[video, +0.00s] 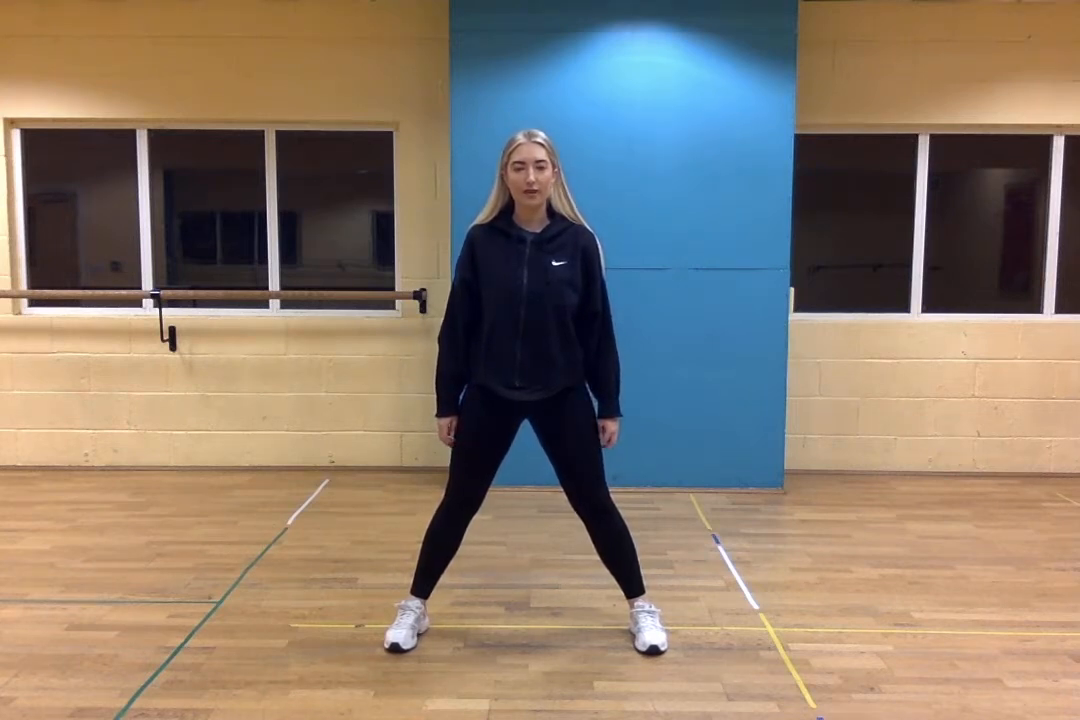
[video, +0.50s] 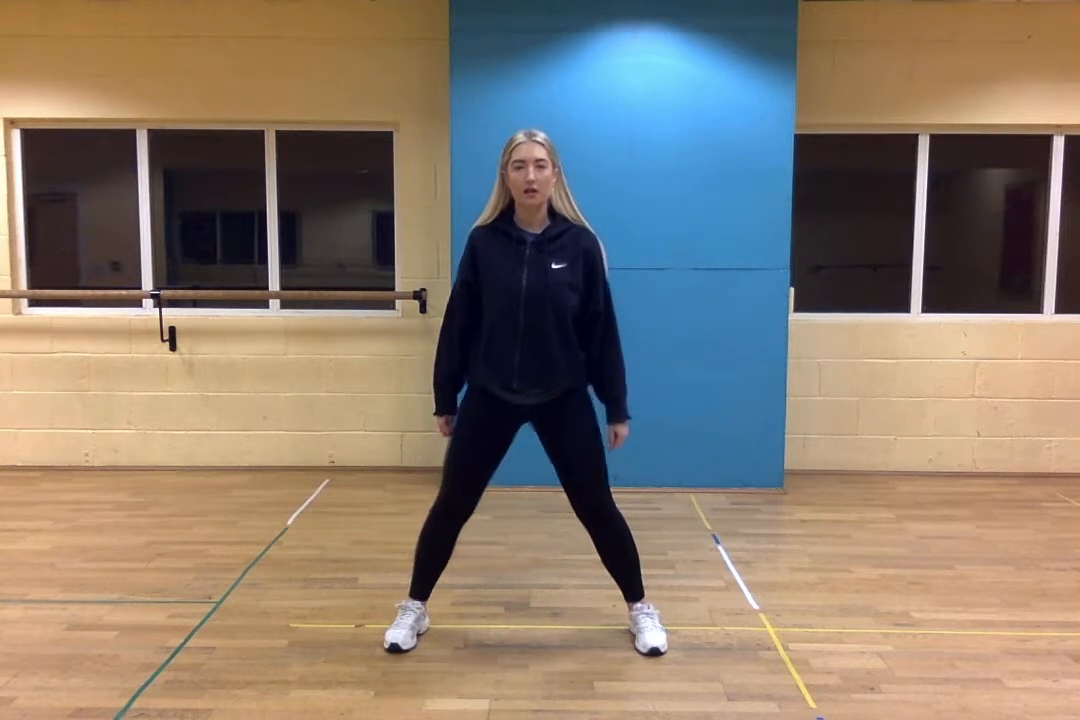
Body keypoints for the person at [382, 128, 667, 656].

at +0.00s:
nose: (531, 175)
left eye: (540, 165)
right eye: (520, 166)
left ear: (554, 174)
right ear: (505, 176)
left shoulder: (579, 240)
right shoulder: (482, 238)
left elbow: (597, 325)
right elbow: (457, 321)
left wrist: (608, 404)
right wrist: (447, 402)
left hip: (561, 394)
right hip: (490, 394)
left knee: (594, 503)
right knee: (459, 501)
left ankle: (641, 607)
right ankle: (414, 606)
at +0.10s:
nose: (531, 175)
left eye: (540, 165)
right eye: (520, 166)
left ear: (554, 174)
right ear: (505, 176)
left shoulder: (579, 240)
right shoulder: (482, 238)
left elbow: (597, 325)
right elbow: (457, 321)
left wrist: (608, 405)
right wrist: (447, 402)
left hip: (561, 394)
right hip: (490, 394)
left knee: (593, 502)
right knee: (460, 501)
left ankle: (641, 607)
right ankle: (414, 606)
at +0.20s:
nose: (531, 174)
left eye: (540, 165)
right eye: (520, 166)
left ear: (555, 174)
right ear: (506, 175)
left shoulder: (579, 240)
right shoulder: (483, 237)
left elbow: (597, 325)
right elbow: (458, 320)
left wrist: (608, 405)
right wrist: (446, 402)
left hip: (562, 394)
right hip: (491, 394)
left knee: (594, 502)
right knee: (460, 501)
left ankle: (641, 608)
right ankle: (414, 606)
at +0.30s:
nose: (532, 174)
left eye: (541, 164)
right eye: (521, 165)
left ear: (556, 174)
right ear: (506, 175)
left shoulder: (580, 240)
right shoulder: (484, 237)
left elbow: (598, 323)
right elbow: (458, 319)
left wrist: (610, 403)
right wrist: (446, 398)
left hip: (563, 394)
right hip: (492, 393)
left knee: (594, 503)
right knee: (460, 501)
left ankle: (640, 608)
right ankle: (414, 606)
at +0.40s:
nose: (532, 173)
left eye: (542, 164)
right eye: (521, 164)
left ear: (556, 173)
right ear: (507, 174)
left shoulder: (581, 240)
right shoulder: (484, 237)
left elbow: (600, 323)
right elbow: (459, 317)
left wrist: (614, 403)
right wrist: (445, 396)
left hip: (564, 394)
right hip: (493, 393)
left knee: (595, 503)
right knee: (457, 502)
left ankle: (640, 609)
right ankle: (414, 607)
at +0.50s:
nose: (530, 174)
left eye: (540, 165)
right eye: (520, 165)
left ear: (555, 174)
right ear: (506, 176)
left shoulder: (581, 242)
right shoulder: (484, 239)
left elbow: (601, 325)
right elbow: (458, 319)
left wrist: (617, 405)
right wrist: (445, 398)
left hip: (563, 395)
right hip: (491, 395)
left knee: (595, 505)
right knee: (452, 503)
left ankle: (640, 609)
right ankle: (414, 607)